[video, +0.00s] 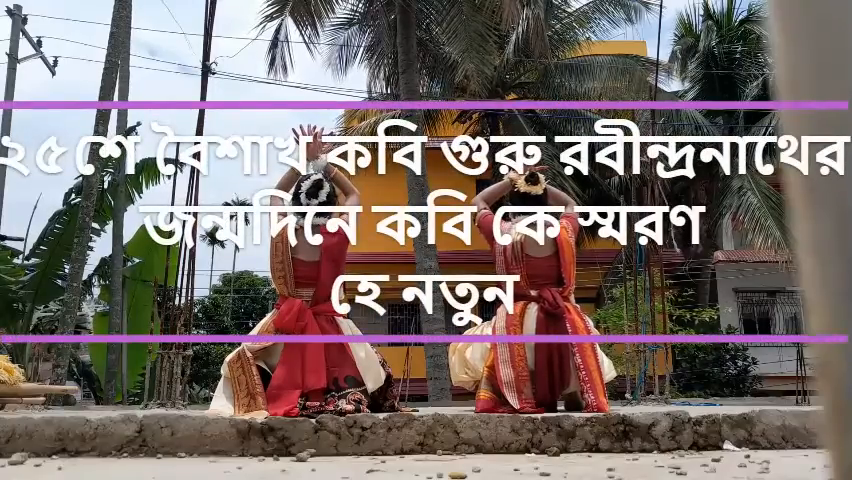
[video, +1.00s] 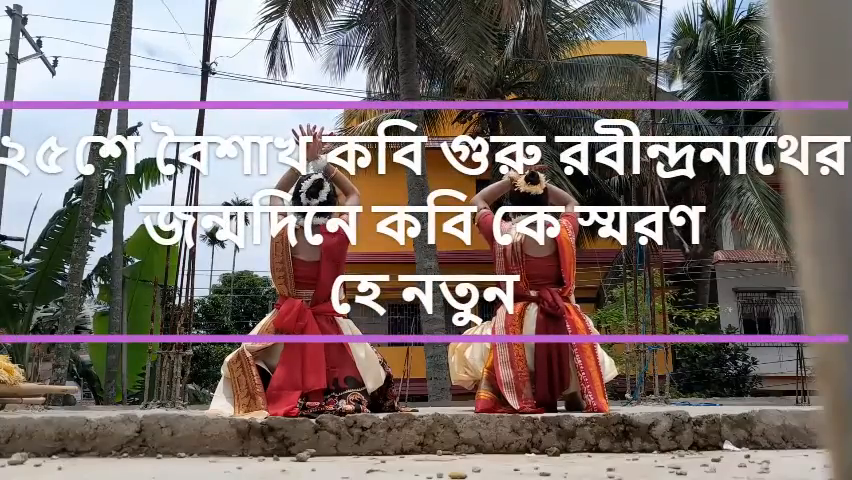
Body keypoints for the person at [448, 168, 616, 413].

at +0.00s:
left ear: (512, 210)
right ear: (545, 207)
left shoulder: (503, 233)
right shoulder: (563, 232)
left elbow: (480, 201)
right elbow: (569, 204)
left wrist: (509, 182)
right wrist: (542, 187)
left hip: (518, 317)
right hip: (561, 316)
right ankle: (573, 392)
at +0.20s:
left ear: (511, 210)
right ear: (544, 207)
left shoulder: (502, 234)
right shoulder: (562, 232)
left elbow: (480, 201)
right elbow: (569, 203)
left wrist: (508, 182)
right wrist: (541, 187)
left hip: (518, 318)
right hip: (561, 317)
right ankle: (573, 391)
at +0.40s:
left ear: (510, 210)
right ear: (543, 207)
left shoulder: (502, 234)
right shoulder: (562, 232)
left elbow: (479, 201)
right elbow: (569, 202)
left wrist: (508, 182)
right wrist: (542, 186)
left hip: (518, 318)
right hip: (561, 317)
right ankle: (573, 390)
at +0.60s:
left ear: (511, 211)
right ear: (544, 206)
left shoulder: (502, 234)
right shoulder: (562, 233)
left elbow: (479, 200)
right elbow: (569, 202)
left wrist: (508, 182)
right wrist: (541, 185)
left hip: (518, 319)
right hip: (561, 318)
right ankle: (573, 391)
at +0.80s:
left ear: (510, 211)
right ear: (544, 207)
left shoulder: (502, 235)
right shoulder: (562, 233)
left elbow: (479, 200)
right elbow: (570, 203)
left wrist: (508, 181)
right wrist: (542, 186)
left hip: (518, 320)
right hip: (561, 319)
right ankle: (573, 392)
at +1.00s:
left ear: (511, 211)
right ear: (544, 207)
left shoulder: (503, 234)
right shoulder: (562, 233)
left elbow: (479, 200)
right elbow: (570, 202)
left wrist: (507, 182)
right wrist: (542, 185)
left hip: (518, 319)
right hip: (561, 318)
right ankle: (574, 394)